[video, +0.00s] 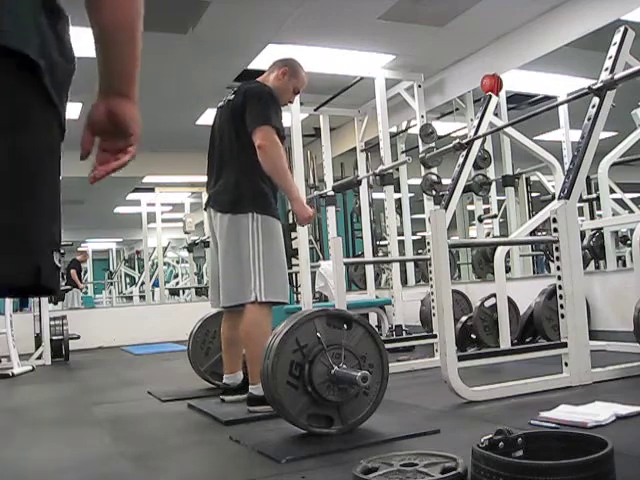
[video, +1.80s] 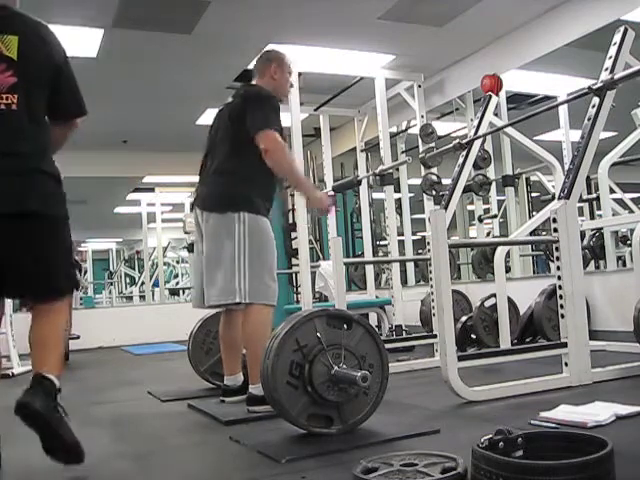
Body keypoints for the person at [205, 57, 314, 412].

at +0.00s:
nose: (292, 99)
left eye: (296, 95)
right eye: (294, 91)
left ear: (271, 72)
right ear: (280, 73)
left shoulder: (230, 103)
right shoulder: (260, 93)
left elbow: (221, 162)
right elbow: (265, 140)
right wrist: (297, 199)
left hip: (222, 207)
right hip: (249, 207)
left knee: (233, 302)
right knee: (259, 301)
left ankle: (232, 383)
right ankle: (260, 390)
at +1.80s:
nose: (291, 86)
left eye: (292, 80)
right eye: (290, 78)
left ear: (262, 71)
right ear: (274, 70)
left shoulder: (229, 108)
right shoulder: (261, 98)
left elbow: (207, 164)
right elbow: (271, 149)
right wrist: (312, 193)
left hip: (214, 208)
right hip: (242, 210)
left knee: (233, 302)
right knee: (261, 299)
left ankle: (233, 383)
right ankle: (258, 390)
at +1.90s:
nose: (272, 76)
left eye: (272, 69)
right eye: (270, 68)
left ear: (239, 66)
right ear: (256, 62)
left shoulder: (220, 103)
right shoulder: (250, 94)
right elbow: (284, 132)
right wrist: (340, 148)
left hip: (222, 210)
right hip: (249, 210)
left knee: (234, 300)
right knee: (262, 298)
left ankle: (233, 382)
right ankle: (260, 389)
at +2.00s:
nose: (259, 69)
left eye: (258, 63)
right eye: (257, 62)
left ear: (225, 64)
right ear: (242, 61)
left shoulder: (209, 104)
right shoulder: (244, 93)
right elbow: (301, 98)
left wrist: (290, 108)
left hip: (224, 211)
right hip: (255, 209)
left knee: (238, 302)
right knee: (266, 299)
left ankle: (233, 382)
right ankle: (260, 390)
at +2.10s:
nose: (253, 68)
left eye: (252, 63)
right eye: (250, 61)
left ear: (219, 66)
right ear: (235, 60)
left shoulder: (208, 102)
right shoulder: (238, 90)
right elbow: (292, 66)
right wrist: (330, 28)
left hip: (227, 208)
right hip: (254, 204)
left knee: (245, 299)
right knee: (266, 299)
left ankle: (233, 383)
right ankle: (259, 389)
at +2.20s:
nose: (255, 64)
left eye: (254, 60)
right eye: (251, 60)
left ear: (219, 66)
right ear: (239, 61)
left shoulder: (207, 102)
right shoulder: (240, 87)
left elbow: (240, 72)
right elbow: (286, 32)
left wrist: (253, 44)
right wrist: (297, 6)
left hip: (231, 205)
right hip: (257, 199)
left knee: (247, 296)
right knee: (267, 297)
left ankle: (234, 382)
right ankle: (260, 389)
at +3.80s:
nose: (268, 66)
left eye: (264, 61)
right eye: (265, 61)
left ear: (233, 65)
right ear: (255, 64)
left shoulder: (217, 91)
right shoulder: (247, 79)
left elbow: (239, 56)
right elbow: (277, 25)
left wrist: (248, 30)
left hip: (222, 197)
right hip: (249, 193)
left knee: (237, 301)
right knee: (262, 298)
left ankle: (234, 383)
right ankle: (261, 388)